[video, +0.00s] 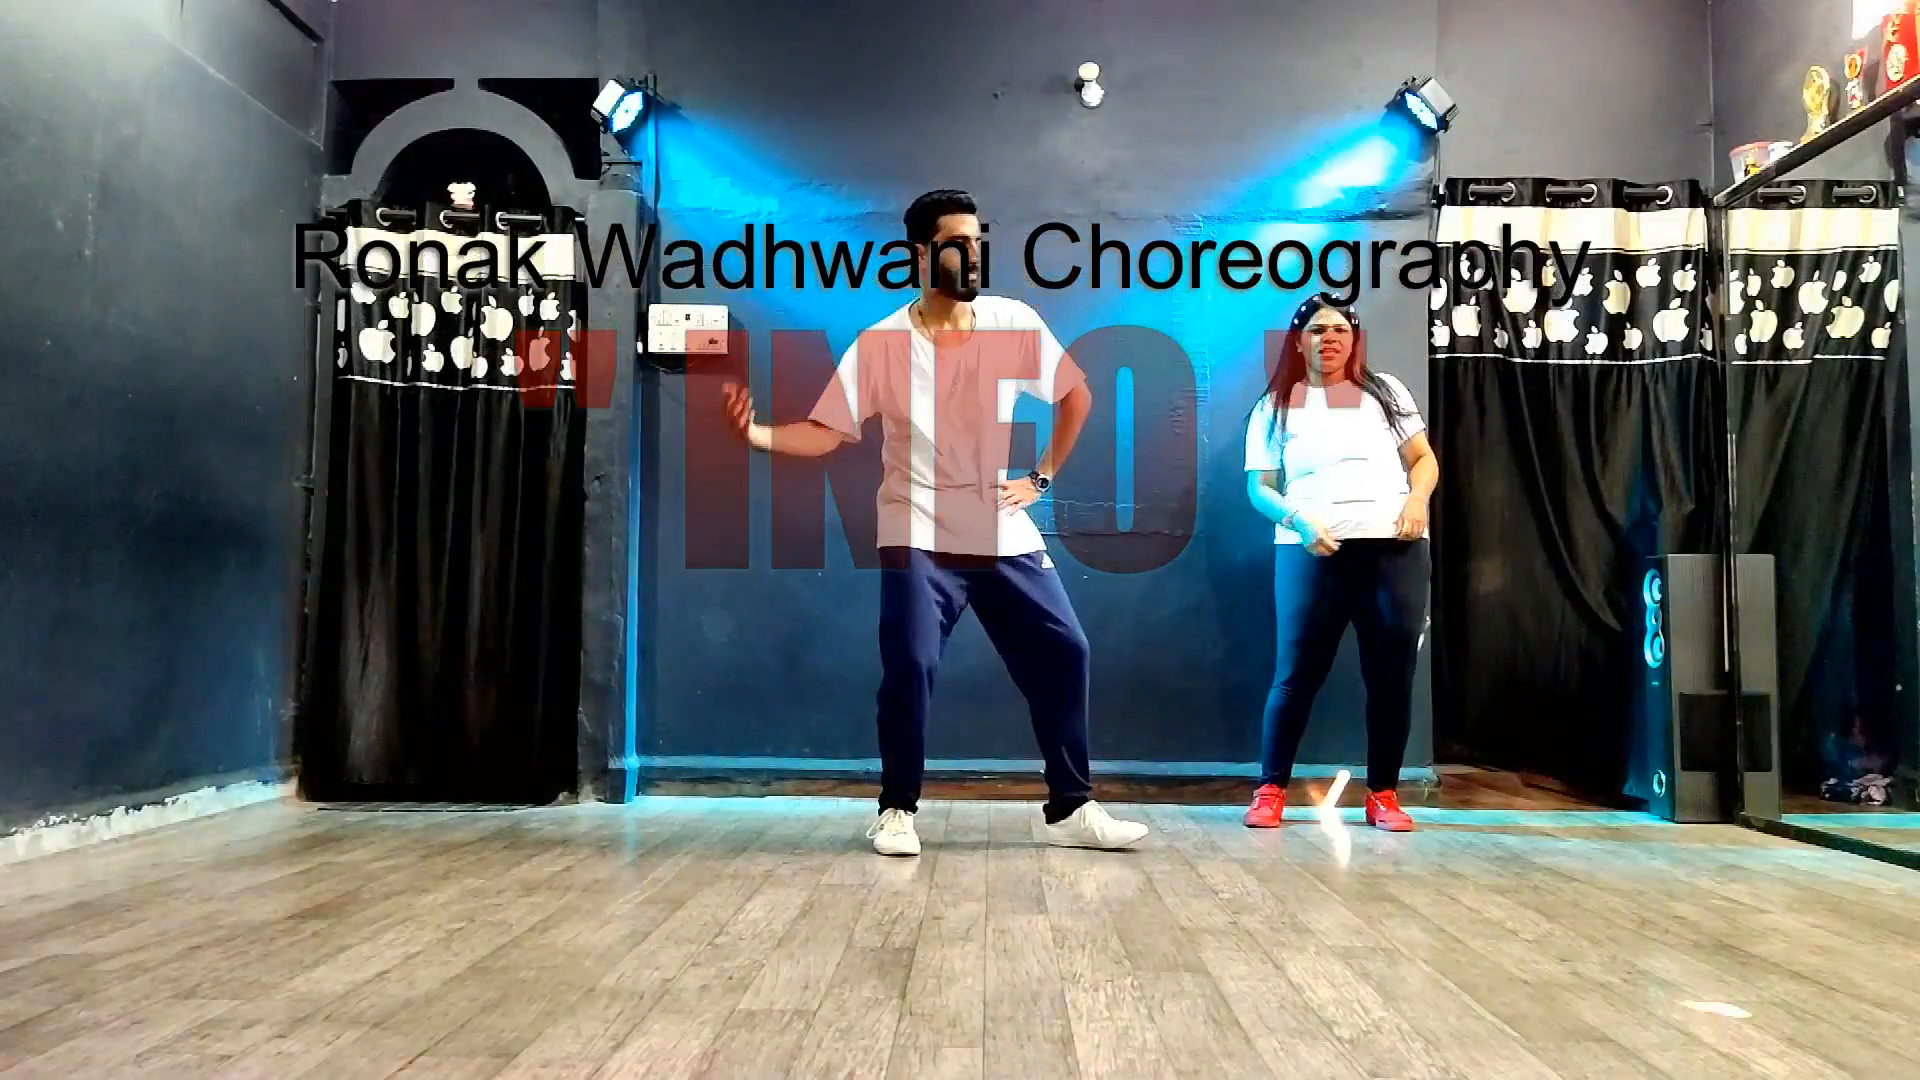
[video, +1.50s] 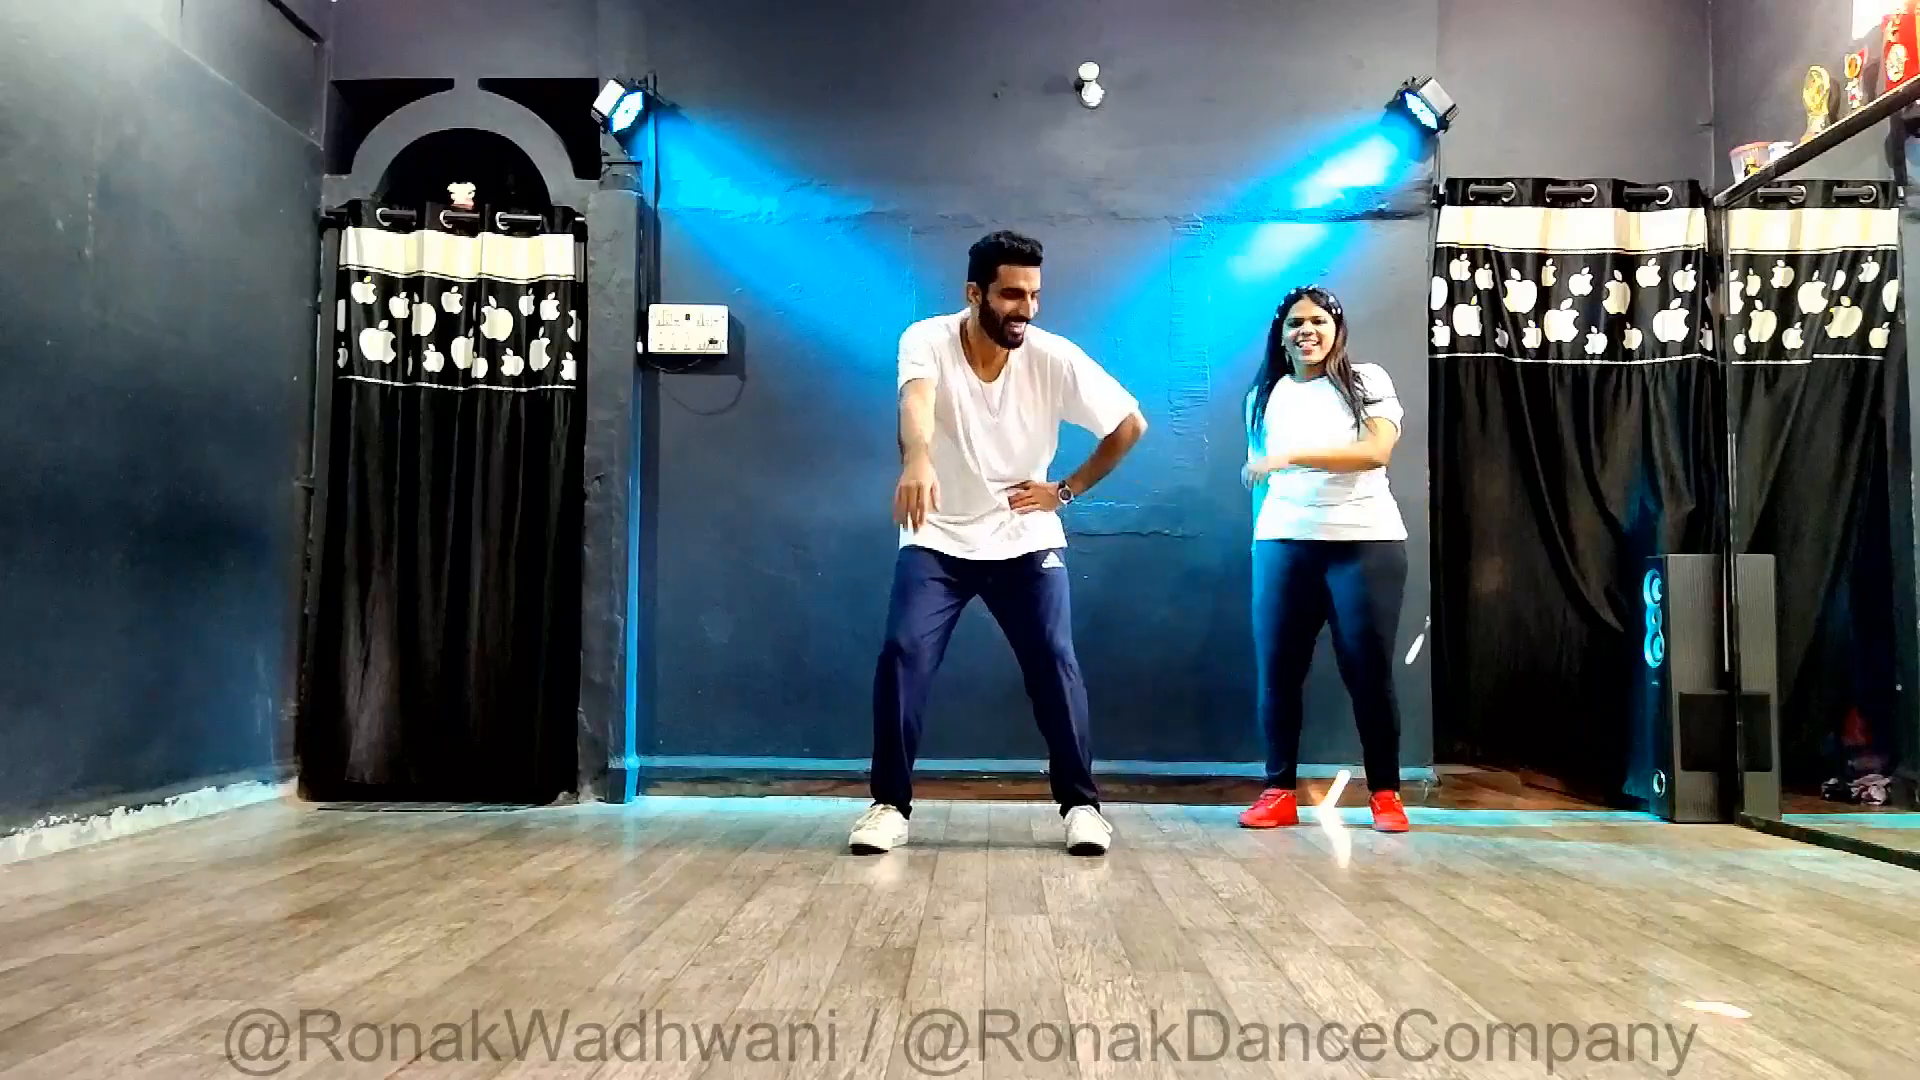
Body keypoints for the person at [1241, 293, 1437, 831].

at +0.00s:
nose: (1329, 338)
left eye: (1338, 330)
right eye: (1318, 330)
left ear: (1354, 339)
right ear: (1300, 340)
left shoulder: (1386, 391)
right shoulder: (1274, 407)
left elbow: (1424, 460)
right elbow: (1261, 488)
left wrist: (1417, 497)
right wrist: (1302, 521)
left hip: (1391, 548)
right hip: (1310, 552)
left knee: (1391, 680)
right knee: (1294, 676)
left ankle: (1382, 795)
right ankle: (1270, 790)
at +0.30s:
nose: (1366, 326)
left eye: (1373, 319)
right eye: (1353, 318)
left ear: (1381, 329)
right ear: (1326, 330)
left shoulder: (1393, 391)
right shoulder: (1305, 383)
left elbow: (1411, 462)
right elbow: (1290, 460)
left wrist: (1423, 464)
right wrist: (1365, 459)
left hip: (1403, 539)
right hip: (1331, 536)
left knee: (1392, 665)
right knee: (1347, 658)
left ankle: (1383, 792)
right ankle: (1298, 783)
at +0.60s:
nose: (1368, 361)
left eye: (1373, 353)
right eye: (1357, 352)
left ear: (1376, 359)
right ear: (1325, 356)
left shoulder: (1358, 411)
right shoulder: (1305, 395)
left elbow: (1369, 491)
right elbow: (1289, 461)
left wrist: (1409, 476)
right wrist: (1369, 458)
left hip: (1391, 554)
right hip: (1339, 558)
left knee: (1423, 667)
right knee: (1366, 680)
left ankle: (1387, 795)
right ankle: (1299, 791)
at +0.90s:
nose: (1341, 326)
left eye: (1349, 317)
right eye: (1328, 321)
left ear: (1364, 327)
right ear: (1310, 333)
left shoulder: (1379, 396)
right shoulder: (1279, 376)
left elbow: (1396, 473)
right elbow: (1220, 432)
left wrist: (1409, 513)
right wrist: (1266, 443)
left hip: (1357, 543)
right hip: (1282, 539)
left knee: (1373, 664)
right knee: (1298, 666)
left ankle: (1375, 792)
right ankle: (1286, 792)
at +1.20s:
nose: (1315, 352)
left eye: (1323, 341)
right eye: (1303, 347)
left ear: (1342, 344)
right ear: (1291, 360)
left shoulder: (1377, 403)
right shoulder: (1272, 409)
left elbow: (1429, 474)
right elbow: (1243, 480)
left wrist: (1397, 528)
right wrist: (1207, 496)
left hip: (1334, 549)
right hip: (1257, 546)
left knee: (1329, 676)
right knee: (1244, 669)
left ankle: (1370, 791)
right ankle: (1272, 793)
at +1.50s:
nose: (1308, 330)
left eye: (1318, 322)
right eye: (1297, 323)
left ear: (1337, 330)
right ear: (1283, 334)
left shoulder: (1367, 379)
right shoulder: (1262, 398)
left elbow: (1377, 451)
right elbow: (1261, 475)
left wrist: (1290, 459)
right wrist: (1266, 543)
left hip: (1363, 539)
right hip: (1283, 541)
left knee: (1368, 668)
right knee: (1277, 669)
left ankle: (1384, 793)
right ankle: (1280, 790)